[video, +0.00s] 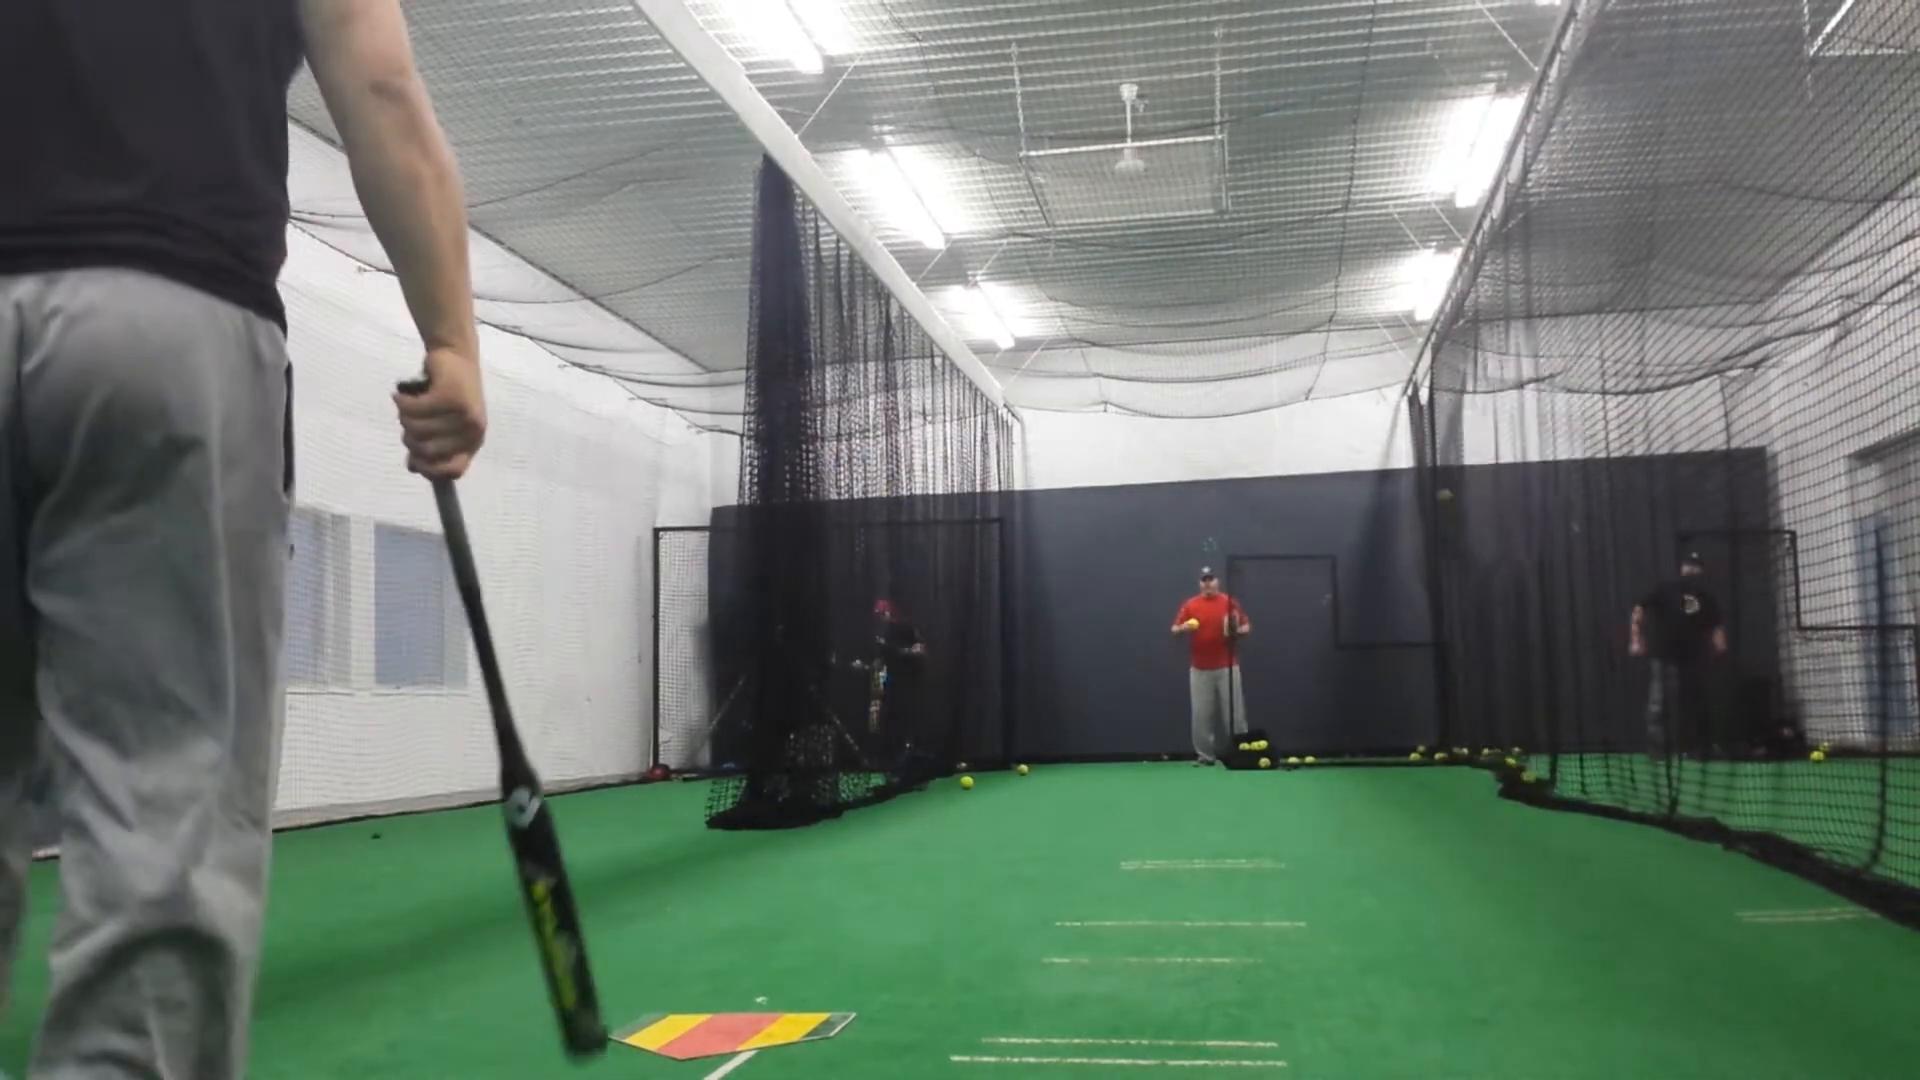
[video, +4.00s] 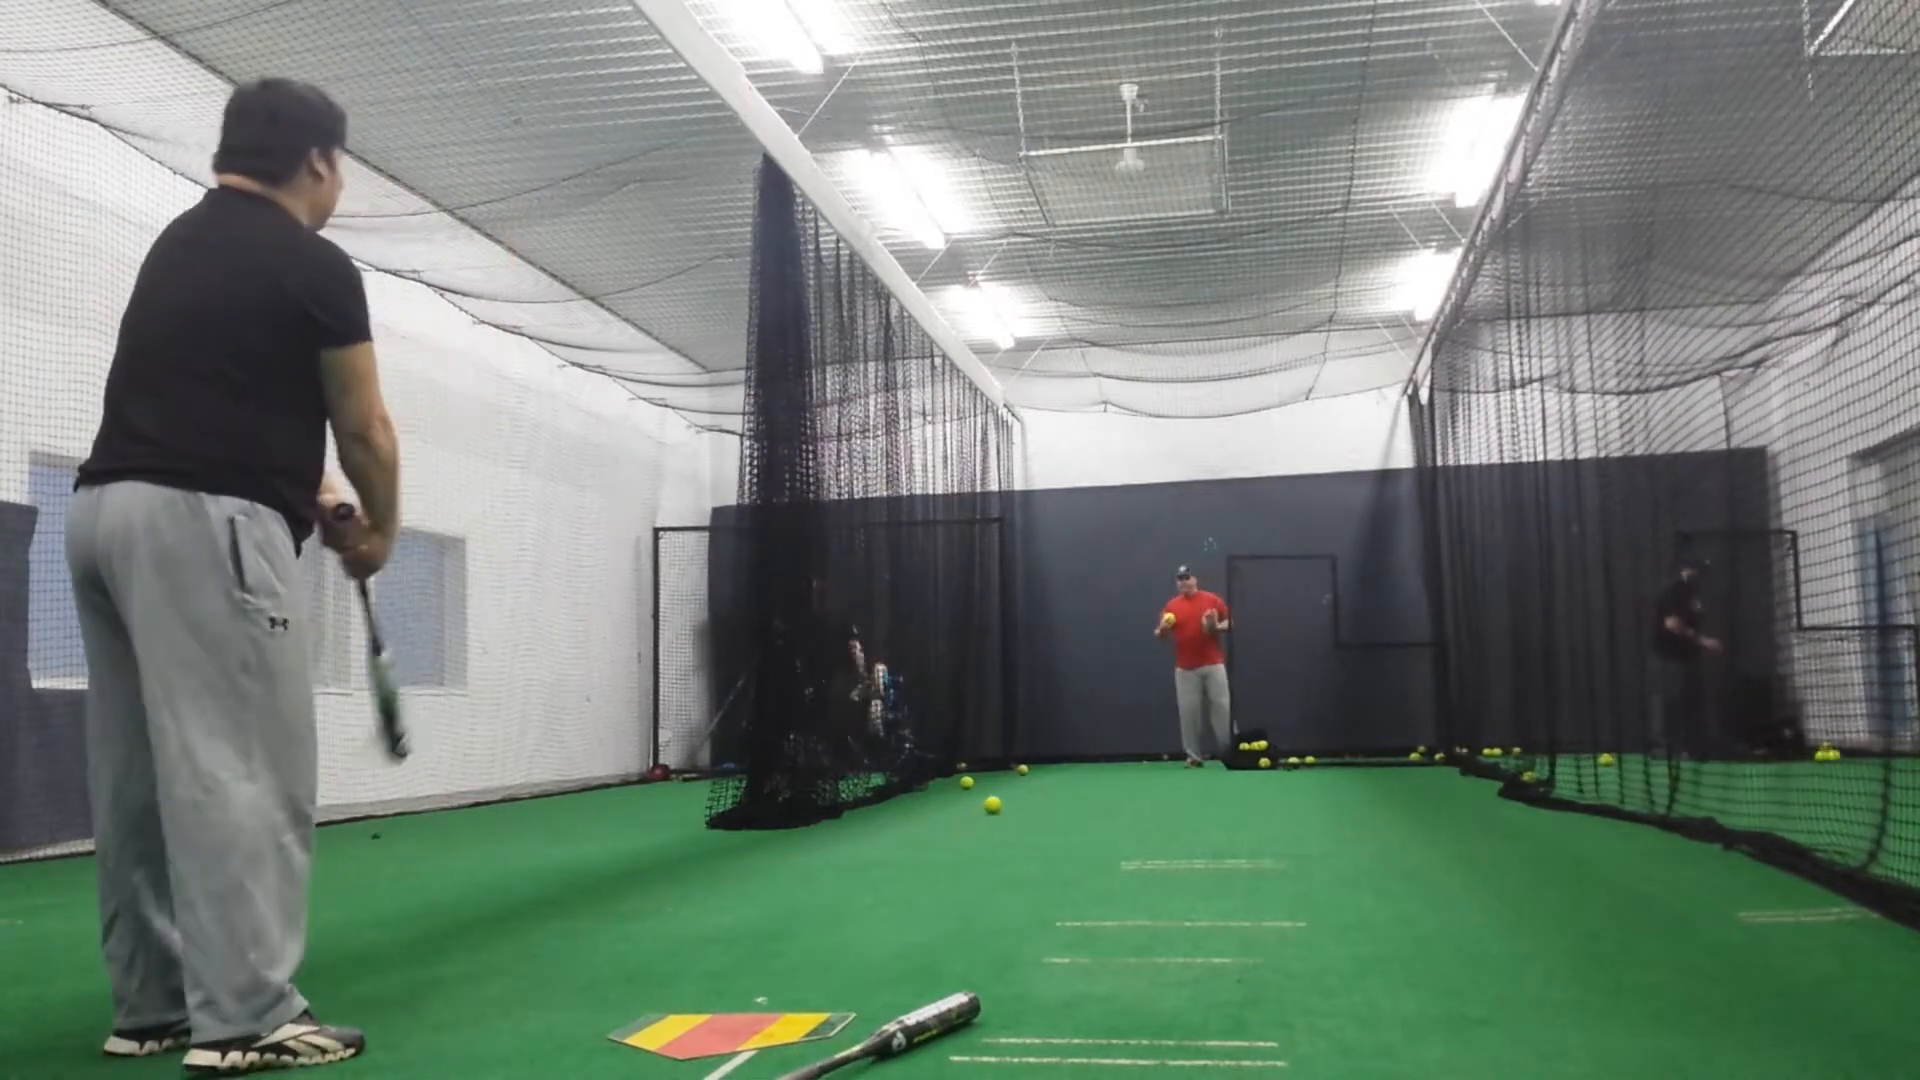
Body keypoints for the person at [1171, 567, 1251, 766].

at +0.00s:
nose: (1208, 583)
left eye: (1210, 579)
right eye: (1204, 580)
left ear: (1217, 582)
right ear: (1199, 583)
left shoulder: (1228, 603)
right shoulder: (1191, 605)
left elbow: (1246, 626)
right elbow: (1174, 630)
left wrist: (1236, 630)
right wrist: (1184, 627)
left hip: (1226, 666)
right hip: (1201, 667)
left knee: (1233, 711)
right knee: (1201, 713)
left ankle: (1239, 752)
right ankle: (1205, 754)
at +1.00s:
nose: (1217, 581)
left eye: (1220, 578)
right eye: (1213, 578)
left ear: (1227, 581)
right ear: (1209, 581)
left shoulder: (1238, 603)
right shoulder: (1201, 603)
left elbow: (1253, 628)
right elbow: (1183, 628)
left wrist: (1240, 630)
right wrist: (1188, 621)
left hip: (1230, 664)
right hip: (1204, 664)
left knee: (1235, 709)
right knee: (1200, 708)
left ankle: (1239, 752)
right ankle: (1200, 753)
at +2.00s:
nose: (1209, 584)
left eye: (1212, 580)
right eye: (1205, 581)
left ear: (1218, 582)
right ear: (1201, 584)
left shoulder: (1233, 601)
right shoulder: (1195, 605)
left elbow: (1259, 616)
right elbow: (1177, 629)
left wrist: (1243, 623)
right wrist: (1185, 626)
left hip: (1228, 664)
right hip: (1203, 665)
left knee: (1233, 709)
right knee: (1202, 710)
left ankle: (1238, 751)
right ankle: (1200, 752)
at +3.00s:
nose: (1219, 583)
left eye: (1223, 578)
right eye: (1217, 578)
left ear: (1233, 580)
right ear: (1215, 581)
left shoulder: (1246, 601)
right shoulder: (1209, 601)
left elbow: (1269, 624)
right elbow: (1198, 624)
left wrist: (1249, 627)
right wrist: (1191, 618)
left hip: (1238, 666)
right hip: (1212, 664)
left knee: (1240, 709)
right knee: (1199, 706)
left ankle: (1241, 750)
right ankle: (1194, 748)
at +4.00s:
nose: (1184, 582)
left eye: (1187, 578)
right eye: (1180, 579)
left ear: (1195, 580)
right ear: (1176, 583)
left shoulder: (1211, 600)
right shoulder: (1171, 606)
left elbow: (1228, 621)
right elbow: (1159, 635)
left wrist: (1216, 626)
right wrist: (1164, 627)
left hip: (1212, 662)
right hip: (1186, 666)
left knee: (1221, 707)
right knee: (1188, 710)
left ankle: (1227, 752)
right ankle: (1193, 755)